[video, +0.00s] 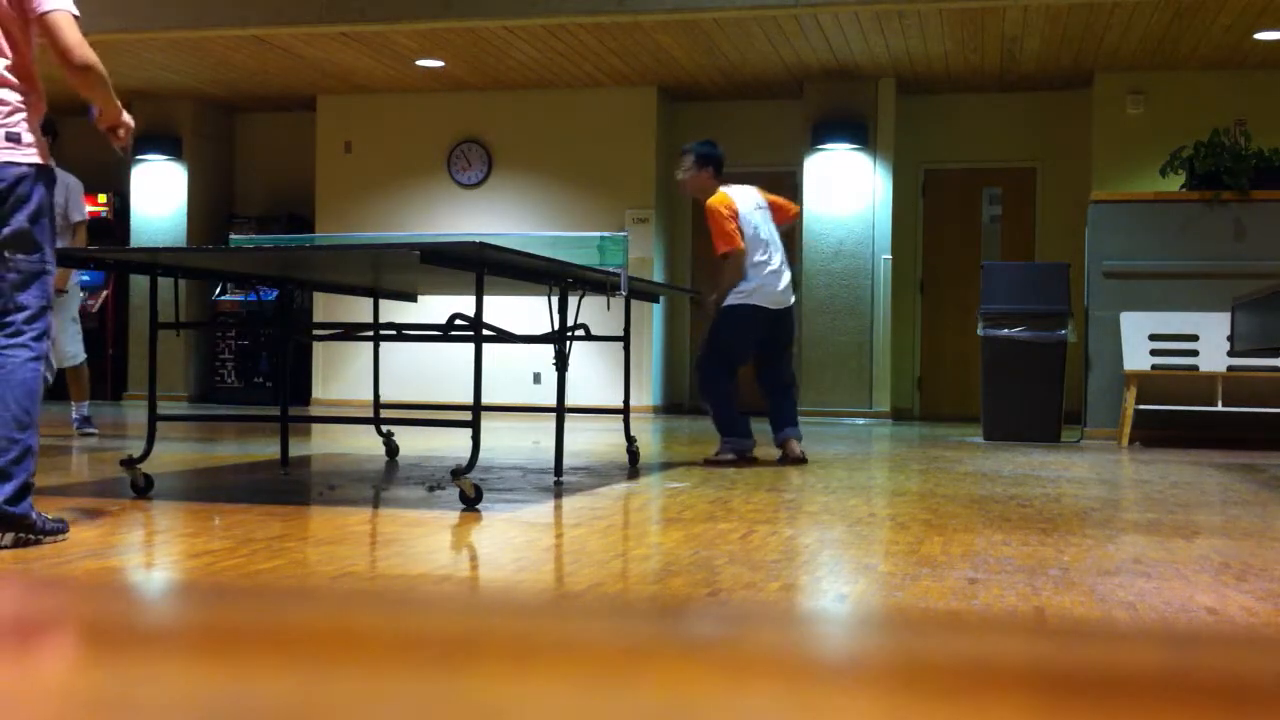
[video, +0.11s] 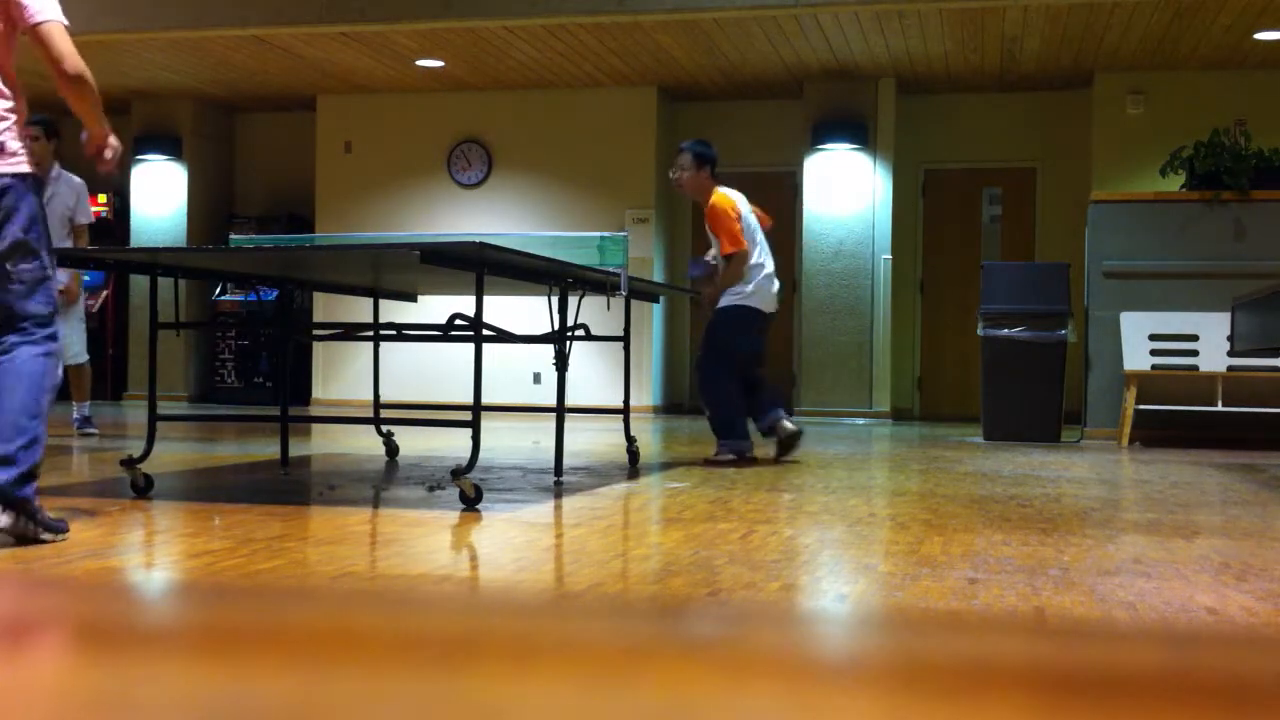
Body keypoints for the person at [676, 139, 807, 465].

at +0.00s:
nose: (680, 178)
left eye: (686, 170)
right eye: (681, 170)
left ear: (708, 172)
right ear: (712, 173)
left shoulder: (717, 202)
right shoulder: (752, 193)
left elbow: (735, 255)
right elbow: (791, 211)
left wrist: (718, 295)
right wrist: (760, 237)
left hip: (748, 300)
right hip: (781, 300)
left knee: (712, 369)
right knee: (776, 370)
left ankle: (735, 443)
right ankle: (791, 441)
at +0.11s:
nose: (675, 176)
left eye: (682, 169)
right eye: (675, 169)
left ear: (704, 172)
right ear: (704, 173)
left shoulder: (718, 204)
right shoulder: (732, 196)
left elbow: (738, 256)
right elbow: (764, 222)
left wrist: (716, 289)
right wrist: (722, 249)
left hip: (742, 299)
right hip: (761, 299)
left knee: (713, 368)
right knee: (742, 368)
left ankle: (734, 445)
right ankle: (780, 426)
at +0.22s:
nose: (679, 164)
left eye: (687, 157)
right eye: (678, 158)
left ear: (707, 161)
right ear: (687, 163)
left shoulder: (721, 197)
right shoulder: (710, 197)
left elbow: (741, 247)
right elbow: (729, 238)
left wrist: (715, 279)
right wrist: (708, 252)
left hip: (741, 292)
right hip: (734, 291)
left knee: (715, 366)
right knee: (721, 364)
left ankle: (733, 442)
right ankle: (762, 422)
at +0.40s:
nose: (681, 156)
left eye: (689, 150)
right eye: (679, 150)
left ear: (709, 155)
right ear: (680, 156)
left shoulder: (726, 192)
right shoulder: (694, 198)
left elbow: (743, 240)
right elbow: (704, 240)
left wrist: (708, 275)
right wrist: (683, 254)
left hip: (731, 291)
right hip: (705, 291)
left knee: (725, 363)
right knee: (691, 360)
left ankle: (736, 444)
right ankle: (703, 437)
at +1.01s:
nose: (651, 183)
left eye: (656, 176)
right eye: (649, 177)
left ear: (677, 177)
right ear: (662, 181)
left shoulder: (689, 206)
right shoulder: (678, 213)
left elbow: (687, 254)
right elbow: (681, 256)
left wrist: (665, 272)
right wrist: (667, 271)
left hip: (725, 302)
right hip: (700, 305)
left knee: (740, 366)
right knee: (670, 362)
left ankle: (778, 439)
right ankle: (674, 436)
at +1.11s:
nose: (641, 191)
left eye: (646, 184)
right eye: (640, 185)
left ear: (667, 185)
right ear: (660, 188)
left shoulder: (676, 214)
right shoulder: (672, 215)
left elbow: (664, 271)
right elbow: (671, 272)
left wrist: (643, 286)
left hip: (714, 304)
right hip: (694, 309)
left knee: (735, 370)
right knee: (664, 363)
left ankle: (783, 438)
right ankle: (672, 437)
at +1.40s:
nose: (634, 175)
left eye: (641, 169)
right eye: (636, 169)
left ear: (662, 173)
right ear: (657, 174)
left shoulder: (674, 201)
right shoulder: (660, 209)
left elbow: (678, 248)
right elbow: (673, 255)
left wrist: (641, 277)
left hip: (704, 301)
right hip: (676, 305)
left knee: (727, 367)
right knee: (653, 369)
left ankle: (772, 434)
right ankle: (670, 437)